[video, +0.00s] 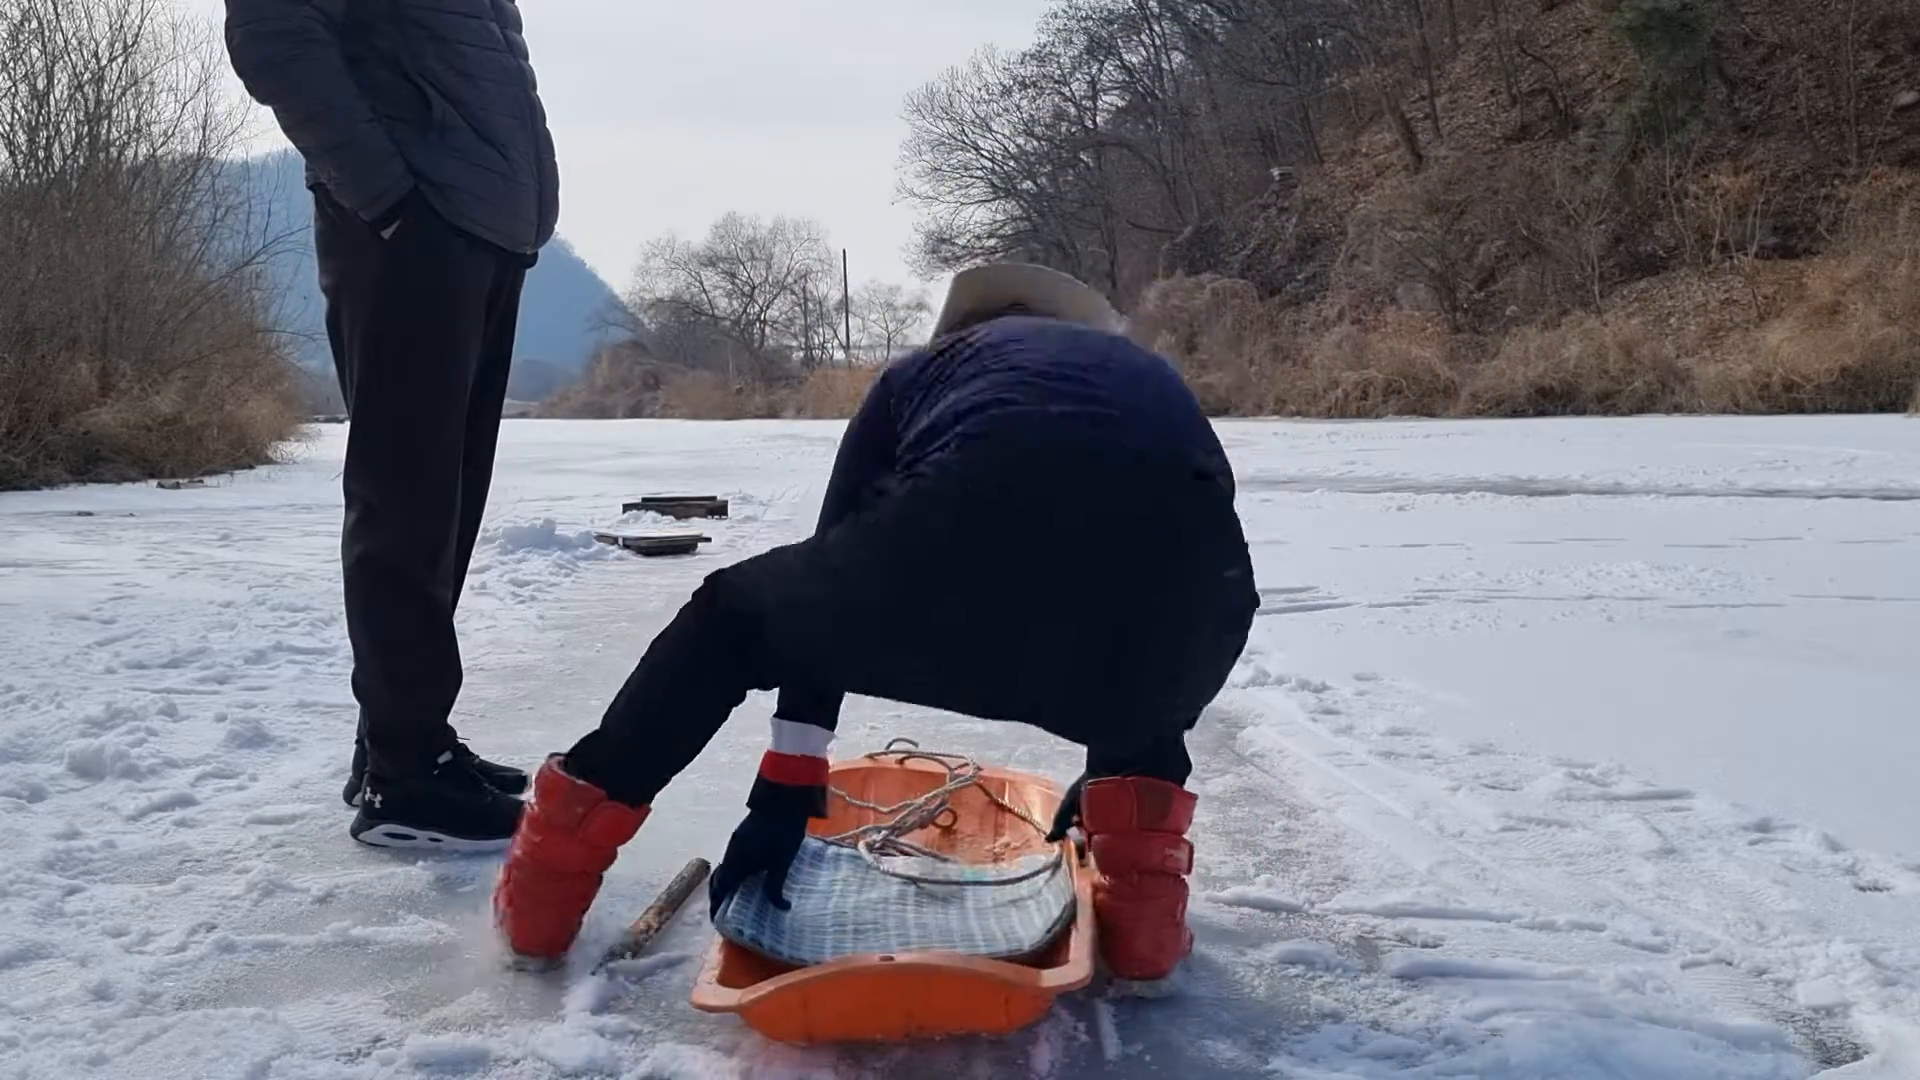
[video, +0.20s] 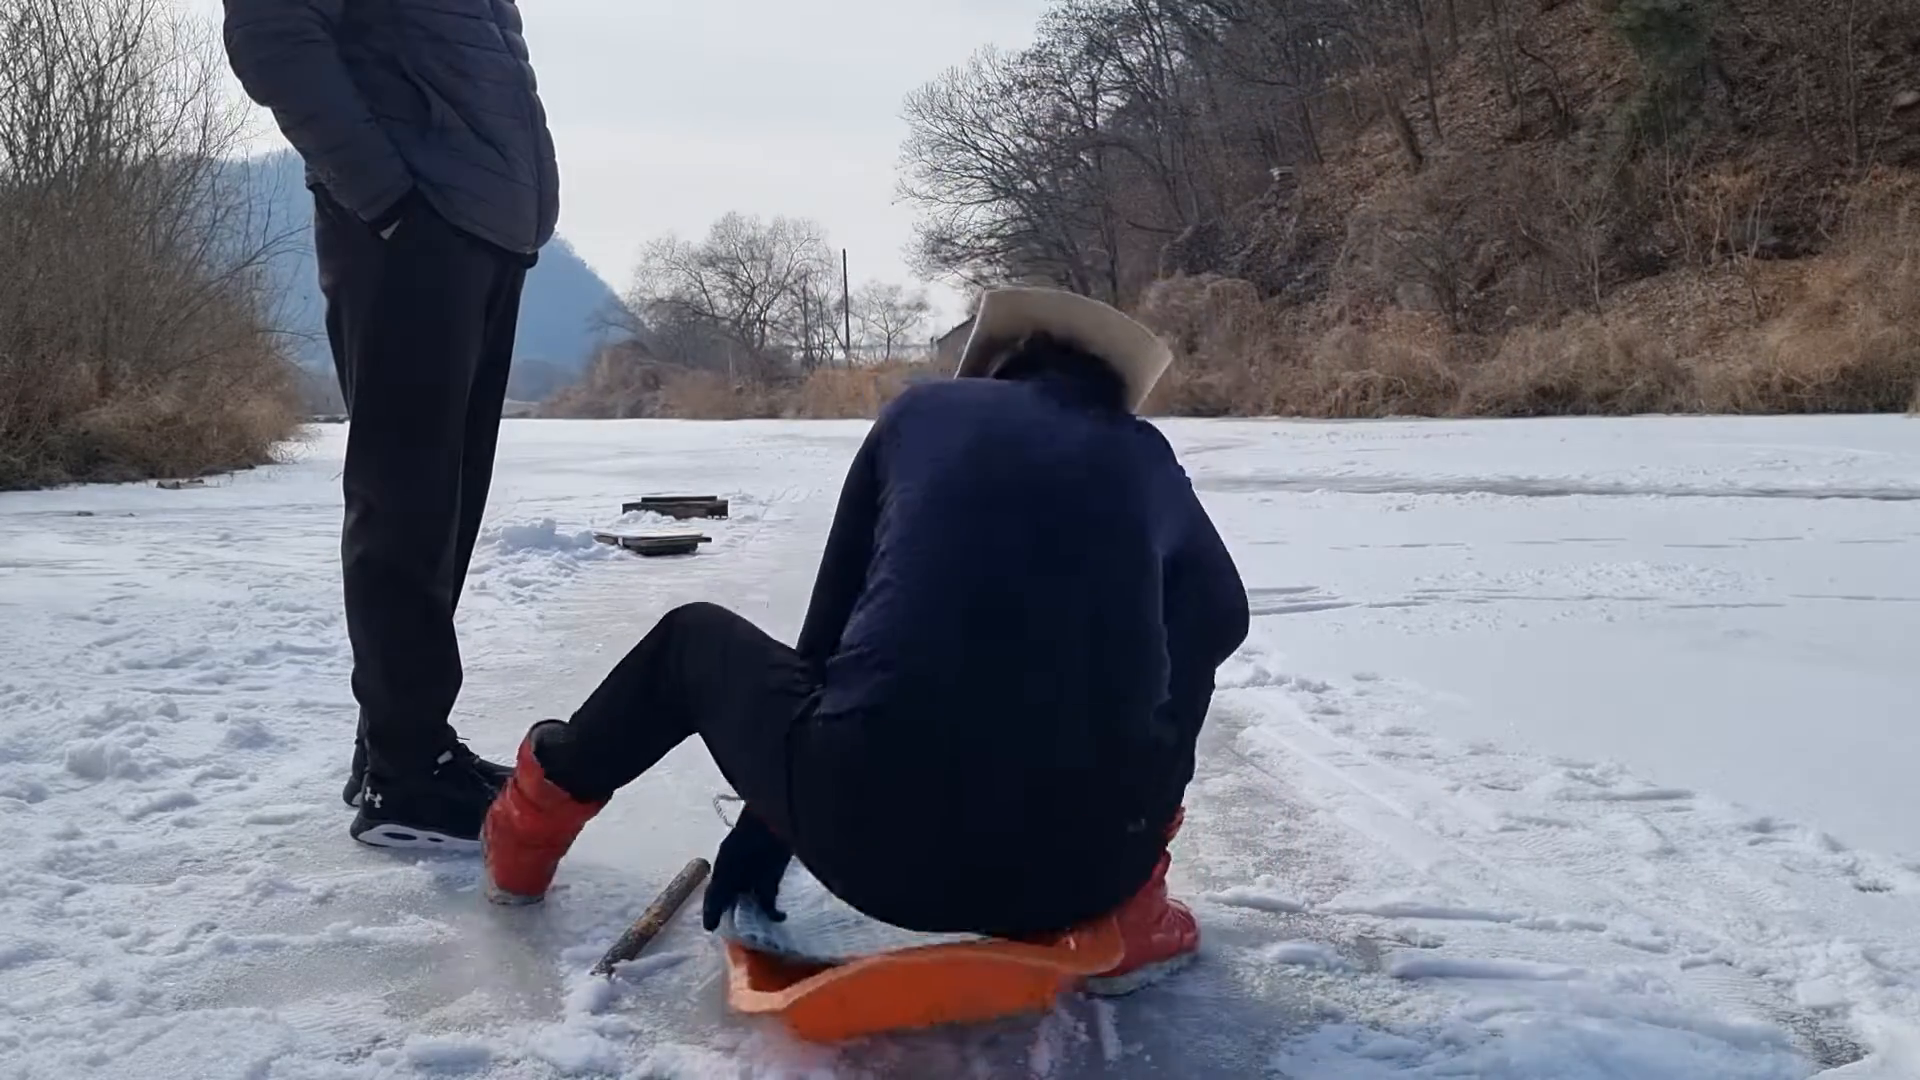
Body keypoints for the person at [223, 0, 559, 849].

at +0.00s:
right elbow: (270, 33)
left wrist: (513, 197)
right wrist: (387, 197)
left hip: (485, 232)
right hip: (408, 222)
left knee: (444, 501)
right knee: (403, 501)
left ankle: (418, 748)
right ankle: (400, 772)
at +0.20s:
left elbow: (487, 43)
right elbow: (269, 34)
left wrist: (517, 195)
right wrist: (386, 198)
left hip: (486, 234)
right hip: (408, 224)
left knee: (444, 501)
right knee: (404, 501)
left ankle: (410, 751)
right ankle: (401, 772)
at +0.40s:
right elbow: (269, 34)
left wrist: (514, 194)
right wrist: (386, 197)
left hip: (485, 233)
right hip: (409, 225)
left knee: (443, 505)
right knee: (403, 505)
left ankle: (415, 750)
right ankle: (401, 773)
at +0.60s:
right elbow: (269, 35)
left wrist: (515, 199)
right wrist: (386, 197)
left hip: (485, 235)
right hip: (409, 225)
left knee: (443, 505)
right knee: (403, 504)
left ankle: (417, 747)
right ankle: (399, 773)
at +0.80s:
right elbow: (269, 33)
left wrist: (514, 200)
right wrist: (386, 197)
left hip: (485, 234)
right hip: (409, 224)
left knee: (445, 503)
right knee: (403, 503)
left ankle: (417, 745)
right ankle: (400, 771)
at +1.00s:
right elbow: (269, 33)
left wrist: (515, 202)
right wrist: (387, 199)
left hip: (485, 235)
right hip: (410, 224)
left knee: (445, 502)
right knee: (404, 501)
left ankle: (416, 745)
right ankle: (400, 770)